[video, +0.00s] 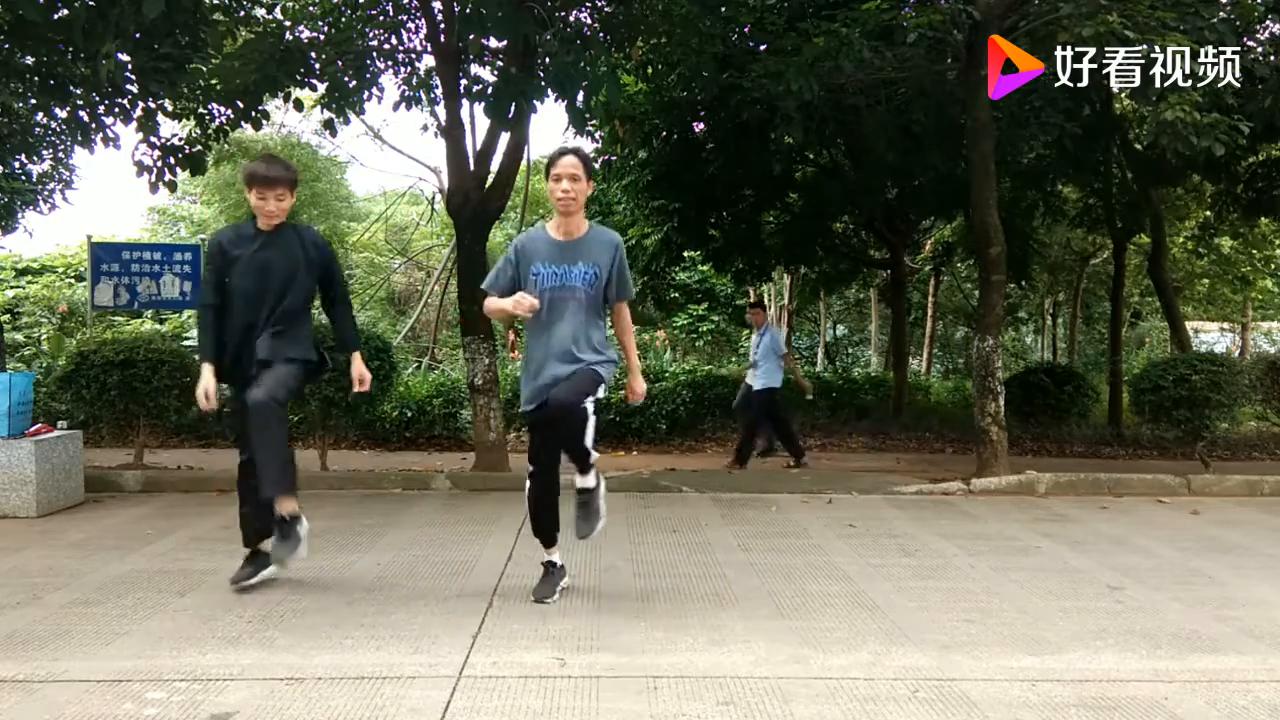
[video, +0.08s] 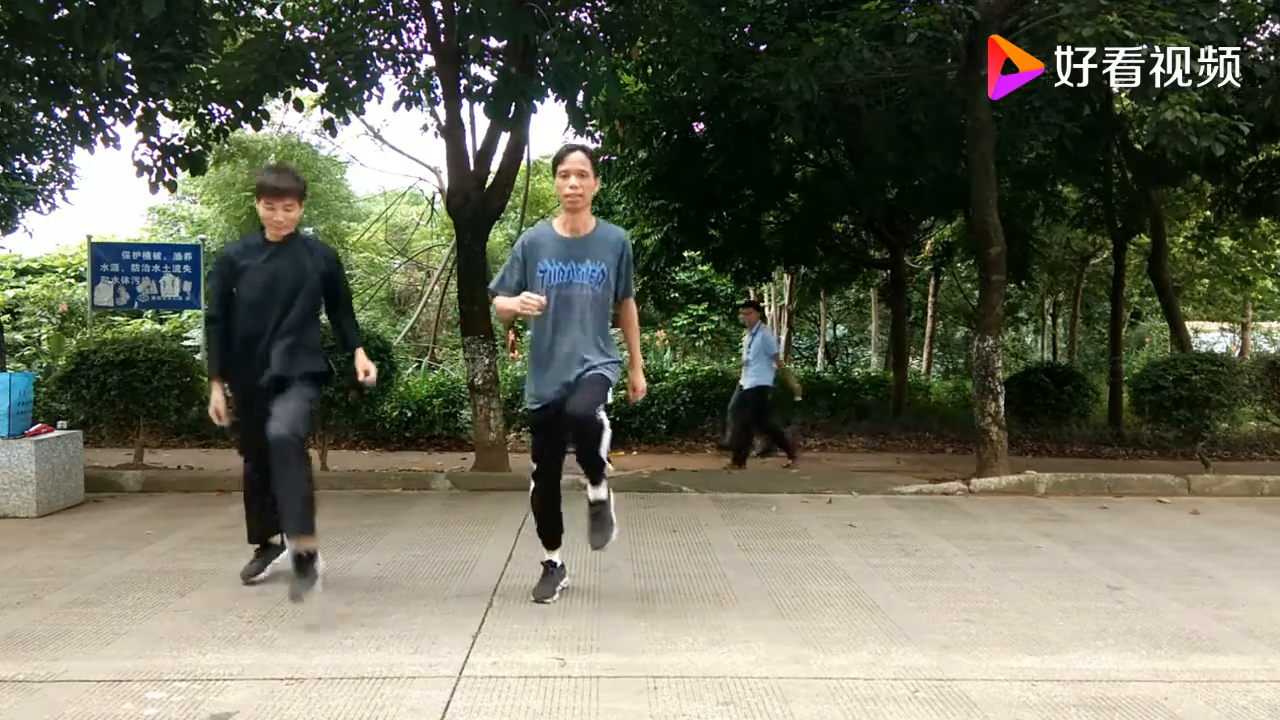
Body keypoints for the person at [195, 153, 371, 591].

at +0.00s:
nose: (272, 207)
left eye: (281, 198)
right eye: (263, 197)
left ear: (293, 198)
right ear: (248, 195)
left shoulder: (311, 245)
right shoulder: (225, 245)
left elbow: (337, 302)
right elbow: (209, 308)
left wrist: (355, 355)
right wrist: (207, 367)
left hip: (291, 355)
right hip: (243, 360)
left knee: (261, 400)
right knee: (249, 455)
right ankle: (257, 549)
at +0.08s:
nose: (280, 216)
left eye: (289, 208)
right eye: (272, 207)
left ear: (302, 208)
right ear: (258, 205)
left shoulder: (319, 256)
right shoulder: (235, 258)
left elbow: (342, 310)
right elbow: (216, 322)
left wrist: (358, 351)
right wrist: (216, 382)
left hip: (300, 372)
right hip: (248, 375)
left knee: (282, 434)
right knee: (255, 457)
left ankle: (304, 550)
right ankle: (268, 544)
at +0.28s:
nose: (308, 206)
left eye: (316, 197)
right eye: (299, 197)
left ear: (328, 201)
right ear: (285, 200)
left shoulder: (348, 256)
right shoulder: (263, 255)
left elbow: (367, 327)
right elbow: (251, 322)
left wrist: (365, 313)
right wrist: (248, 380)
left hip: (329, 385)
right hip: (276, 384)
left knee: (318, 476)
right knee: (257, 473)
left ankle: (324, 590)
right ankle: (274, 532)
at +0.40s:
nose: (322, 197)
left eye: (331, 189)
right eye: (313, 189)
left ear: (344, 196)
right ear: (300, 194)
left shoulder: (363, 245)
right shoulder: (282, 248)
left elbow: (395, 301)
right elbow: (275, 318)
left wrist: (369, 289)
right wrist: (279, 377)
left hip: (342, 364)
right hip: (297, 358)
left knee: (330, 467)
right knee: (251, 386)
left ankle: (340, 565)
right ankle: (282, 457)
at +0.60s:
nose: (346, 190)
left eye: (356, 182)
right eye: (338, 181)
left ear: (369, 188)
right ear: (326, 188)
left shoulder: (392, 239)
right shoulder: (307, 244)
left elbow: (399, 283)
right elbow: (302, 304)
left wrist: (383, 314)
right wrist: (308, 348)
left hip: (372, 353)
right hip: (323, 349)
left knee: (359, 458)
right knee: (317, 384)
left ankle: (343, 562)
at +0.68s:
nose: (355, 190)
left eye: (363, 182)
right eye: (346, 182)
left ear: (377, 187)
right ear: (335, 188)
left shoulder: (401, 238)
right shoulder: (317, 242)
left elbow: (401, 289)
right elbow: (312, 302)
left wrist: (389, 336)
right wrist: (320, 345)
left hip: (382, 351)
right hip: (335, 351)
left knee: (371, 444)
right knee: (339, 422)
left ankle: (354, 542)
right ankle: (361, 532)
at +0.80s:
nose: (371, 223)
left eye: (379, 214)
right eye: (362, 215)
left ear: (393, 221)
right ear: (351, 222)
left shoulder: (418, 274)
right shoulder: (334, 282)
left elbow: (425, 337)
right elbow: (329, 352)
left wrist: (415, 394)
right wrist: (335, 411)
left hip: (403, 397)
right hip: (358, 398)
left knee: (397, 488)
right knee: (382, 486)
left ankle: (379, 546)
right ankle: (398, 592)